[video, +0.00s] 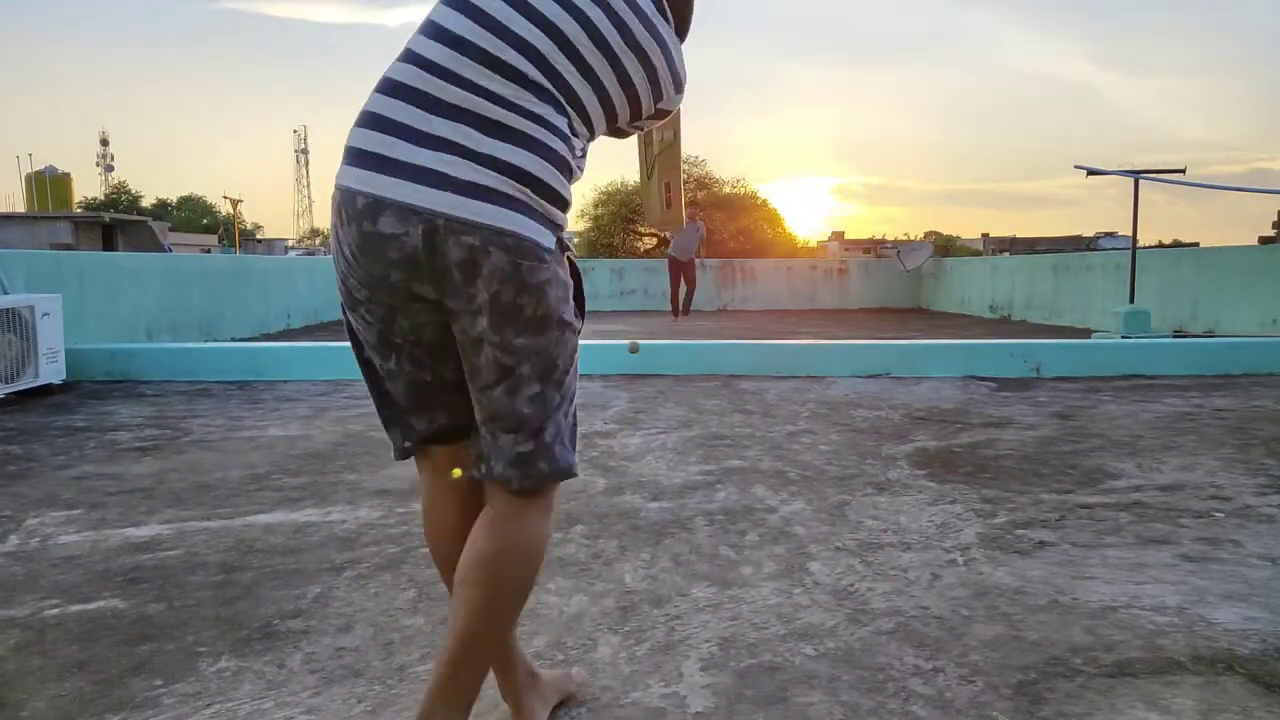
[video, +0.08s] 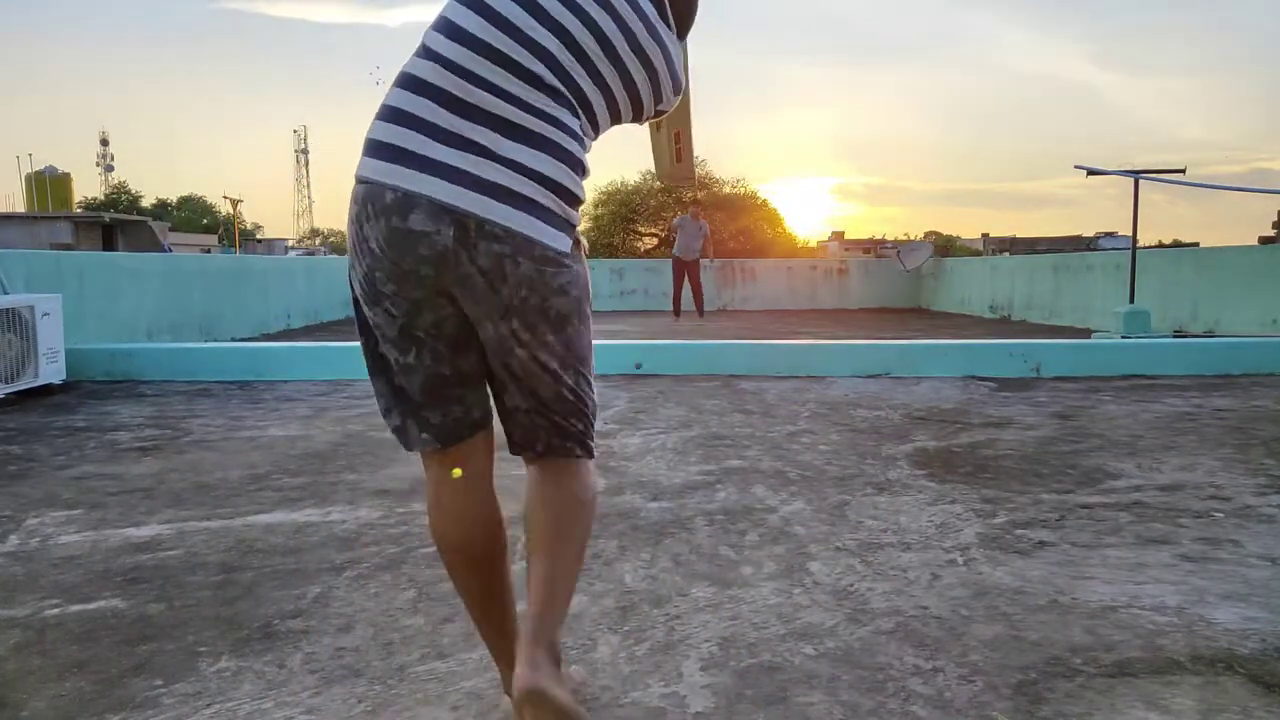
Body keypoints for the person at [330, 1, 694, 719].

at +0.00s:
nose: (683, 30)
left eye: (684, 20)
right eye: (684, 22)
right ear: (674, 8)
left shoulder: (494, 1)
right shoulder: (661, 58)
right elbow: (627, 120)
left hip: (370, 199)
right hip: (498, 224)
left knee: (445, 460)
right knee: (523, 484)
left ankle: (522, 686)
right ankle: (440, 710)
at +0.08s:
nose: (681, 32)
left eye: (683, 22)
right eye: (685, 24)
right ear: (677, 10)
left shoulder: (505, 0)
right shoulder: (663, 55)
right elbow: (676, 173)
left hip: (387, 200)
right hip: (516, 223)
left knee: (454, 458)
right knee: (559, 450)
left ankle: (516, 679)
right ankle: (538, 655)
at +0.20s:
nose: (687, 27)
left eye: (687, 19)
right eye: (690, 21)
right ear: (682, 7)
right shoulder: (665, 42)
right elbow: (652, 143)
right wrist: (645, 60)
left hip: (419, 207)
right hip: (545, 225)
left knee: (468, 449)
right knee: (586, 421)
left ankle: (527, 677)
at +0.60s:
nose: (719, 18)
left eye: (721, 13)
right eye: (722, 14)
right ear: (713, 5)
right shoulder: (710, 63)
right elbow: (646, 130)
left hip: (505, 229)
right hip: (605, 245)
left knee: (516, 417)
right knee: (629, 406)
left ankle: (527, 603)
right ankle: (638, 574)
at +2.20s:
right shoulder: (624, 4)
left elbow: (409, 91)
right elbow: (641, 130)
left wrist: (373, 194)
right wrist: (664, 229)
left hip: (469, 216)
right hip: (568, 218)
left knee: (491, 398)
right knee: (550, 413)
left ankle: (501, 565)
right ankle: (538, 616)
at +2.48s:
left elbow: (380, 83)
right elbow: (634, 90)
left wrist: (364, 192)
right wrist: (741, 198)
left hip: (434, 219)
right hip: (543, 218)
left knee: (450, 417)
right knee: (538, 427)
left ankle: (389, 615)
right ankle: (540, 615)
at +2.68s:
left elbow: (347, 94)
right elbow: (547, 52)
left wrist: (372, 197)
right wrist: (643, 191)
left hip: (379, 222)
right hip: (498, 230)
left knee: (385, 451)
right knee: (525, 444)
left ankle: (365, 699)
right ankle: (546, 618)